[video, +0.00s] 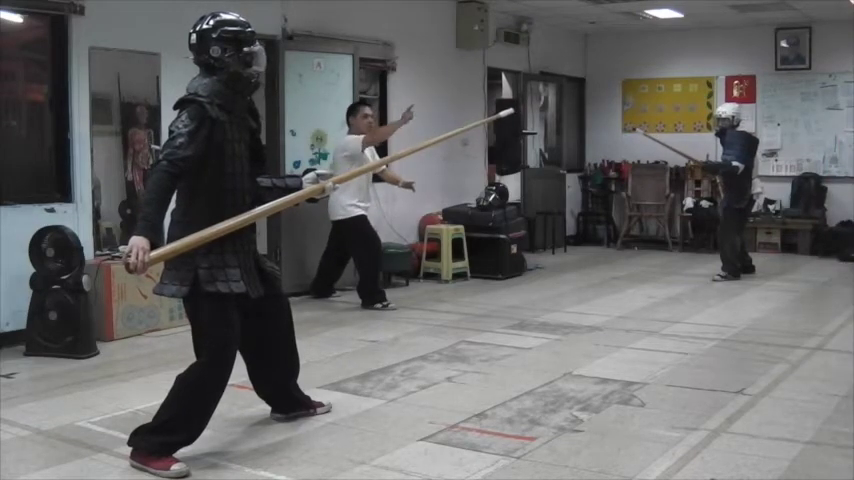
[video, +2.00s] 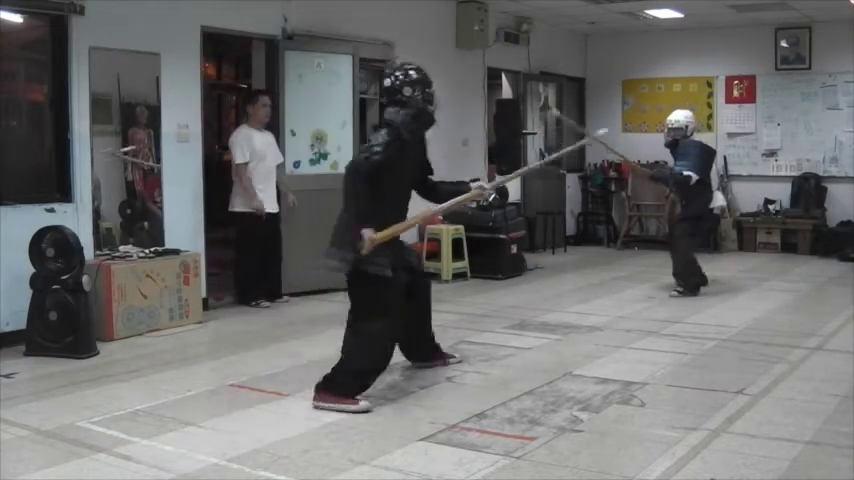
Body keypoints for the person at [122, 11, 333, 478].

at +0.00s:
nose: (253, 55)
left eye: (253, 47)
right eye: (241, 47)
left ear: (246, 53)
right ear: (214, 53)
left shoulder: (239, 108)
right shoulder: (201, 107)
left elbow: (246, 184)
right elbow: (166, 170)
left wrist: (301, 184)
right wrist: (144, 233)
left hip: (237, 245)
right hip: (204, 249)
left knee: (271, 316)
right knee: (217, 356)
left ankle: (285, 398)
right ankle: (152, 446)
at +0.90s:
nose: (291, 75)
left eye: (290, 67)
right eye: (281, 67)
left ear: (273, 72)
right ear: (258, 71)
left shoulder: (275, 119)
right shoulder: (244, 117)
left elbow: (274, 193)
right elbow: (209, 169)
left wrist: (327, 194)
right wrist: (184, 229)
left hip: (268, 245)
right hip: (235, 248)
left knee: (296, 307)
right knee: (223, 352)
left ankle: (311, 384)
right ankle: (158, 439)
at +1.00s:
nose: (311, 79)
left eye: (310, 71)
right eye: (303, 71)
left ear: (288, 75)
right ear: (282, 74)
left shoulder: (292, 120)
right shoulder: (263, 117)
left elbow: (293, 189)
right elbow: (229, 165)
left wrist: (345, 187)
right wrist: (208, 219)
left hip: (288, 241)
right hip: (259, 243)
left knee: (308, 307)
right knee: (251, 332)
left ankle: (311, 382)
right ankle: (187, 410)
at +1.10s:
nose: (326, 68)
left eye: (326, 60)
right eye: (318, 61)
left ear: (316, 64)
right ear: (296, 63)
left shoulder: (309, 109)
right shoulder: (283, 104)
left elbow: (310, 180)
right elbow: (246, 154)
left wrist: (361, 182)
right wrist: (227, 209)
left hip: (304, 226)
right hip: (272, 227)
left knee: (319, 300)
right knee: (283, 319)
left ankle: (313, 384)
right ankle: (230, 407)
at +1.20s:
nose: (339, 67)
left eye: (339, 59)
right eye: (331, 60)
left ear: (319, 64)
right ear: (310, 62)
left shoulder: (319, 109)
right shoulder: (294, 105)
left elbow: (320, 178)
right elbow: (258, 151)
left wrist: (372, 177)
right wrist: (240, 203)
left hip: (300, 226)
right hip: (275, 227)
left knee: (326, 297)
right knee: (302, 306)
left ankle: (315, 383)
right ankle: (280, 400)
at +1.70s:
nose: (387, 76)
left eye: (386, 69)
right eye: (379, 69)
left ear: (362, 73)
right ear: (360, 72)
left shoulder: (369, 113)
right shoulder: (345, 111)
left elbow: (367, 186)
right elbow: (308, 162)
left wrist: (410, 184)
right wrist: (299, 212)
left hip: (348, 228)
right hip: (328, 230)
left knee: (381, 281)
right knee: (362, 314)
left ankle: (376, 355)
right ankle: (332, 392)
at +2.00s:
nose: (431, 101)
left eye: (430, 94)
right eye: (425, 95)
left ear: (403, 97)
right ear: (409, 97)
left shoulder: (412, 137)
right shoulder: (389, 136)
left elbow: (429, 188)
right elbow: (356, 171)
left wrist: (469, 189)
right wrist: (364, 224)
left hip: (387, 238)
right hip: (365, 240)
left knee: (414, 286)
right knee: (376, 314)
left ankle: (423, 353)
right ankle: (335, 389)